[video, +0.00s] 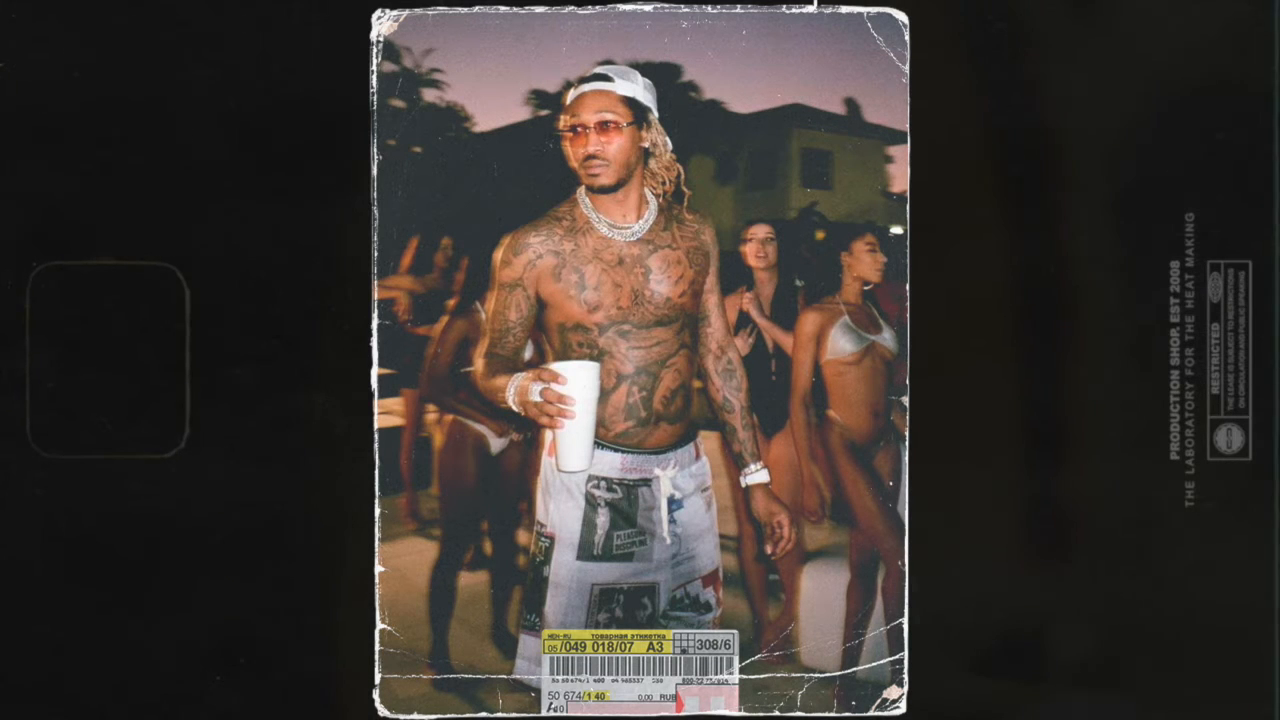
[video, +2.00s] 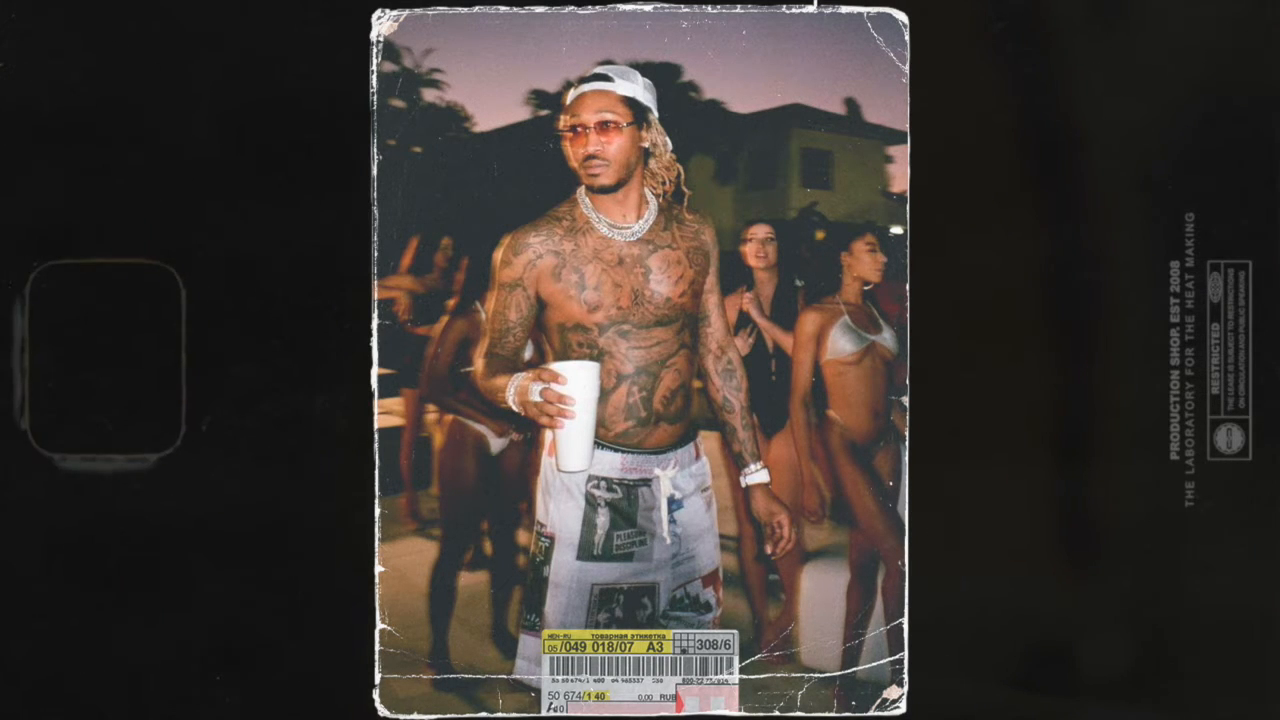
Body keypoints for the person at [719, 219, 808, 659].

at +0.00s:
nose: (759, 249)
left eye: (768, 241)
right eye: (751, 242)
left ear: (781, 249)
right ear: (741, 250)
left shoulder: (797, 296)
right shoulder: (730, 300)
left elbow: (802, 351)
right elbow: (714, 365)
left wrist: (761, 318)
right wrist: (735, 346)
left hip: (784, 420)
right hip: (739, 421)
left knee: (783, 520)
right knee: (748, 526)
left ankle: (794, 614)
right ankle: (762, 620)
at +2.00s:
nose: (760, 249)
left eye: (768, 241)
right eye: (752, 242)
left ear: (781, 249)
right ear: (741, 250)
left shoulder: (797, 296)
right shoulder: (730, 300)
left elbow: (804, 352)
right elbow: (713, 365)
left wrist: (761, 318)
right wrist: (736, 340)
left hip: (784, 419)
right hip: (738, 420)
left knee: (783, 522)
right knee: (748, 526)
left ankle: (794, 613)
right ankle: (761, 621)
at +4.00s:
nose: (759, 249)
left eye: (767, 242)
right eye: (752, 242)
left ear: (781, 249)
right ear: (740, 250)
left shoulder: (797, 296)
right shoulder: (731, 300)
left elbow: (803, 351)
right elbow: (714, 365)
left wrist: (761, 318)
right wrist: (735, 344)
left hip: (784, 420)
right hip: (739, 421)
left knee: (783, 521)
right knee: (748, 526)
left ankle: (793, 613)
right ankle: (762, 621)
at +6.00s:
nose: (760, 249)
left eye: (768, 241)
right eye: (752, 241)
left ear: (781, 249)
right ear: (741, 250)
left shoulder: (797, 295)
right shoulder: (731, 299)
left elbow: (803, 352)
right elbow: (714, 363)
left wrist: (761, 317)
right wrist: (735, 339)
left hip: (784, 419)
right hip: (738, 421)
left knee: (784, 521)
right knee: (748, 526)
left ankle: (793, 614)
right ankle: (762, 623)